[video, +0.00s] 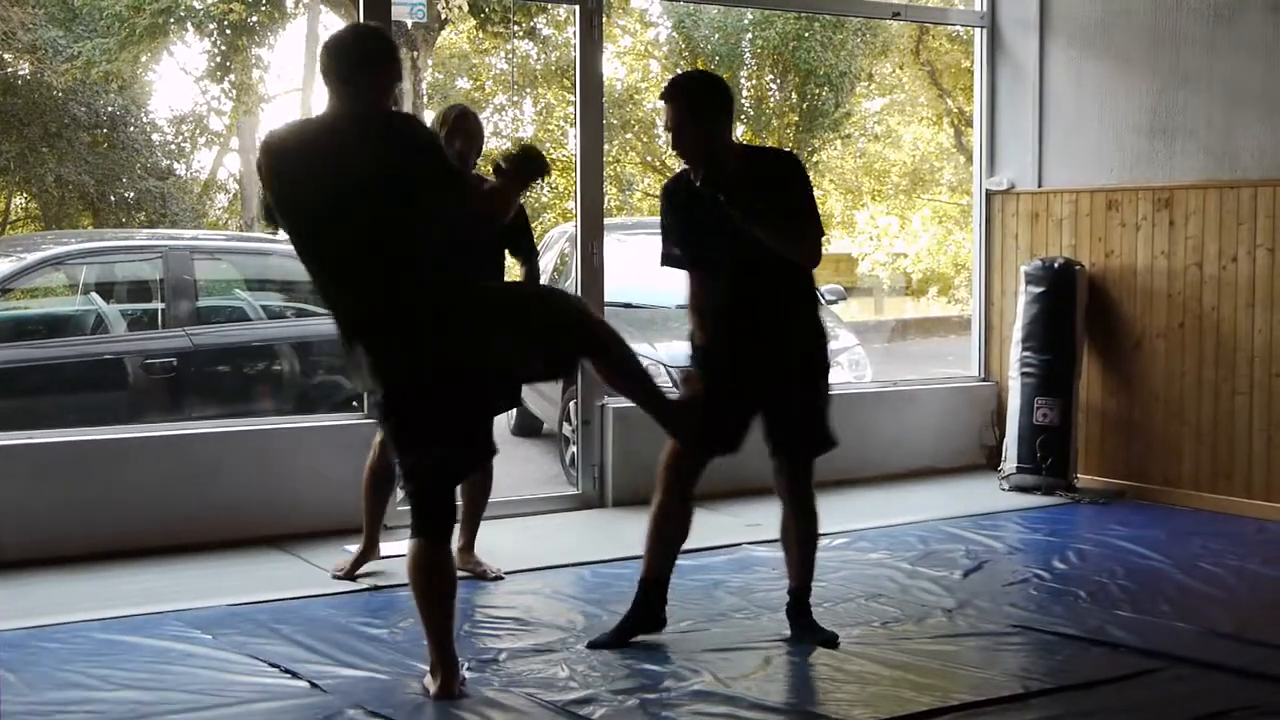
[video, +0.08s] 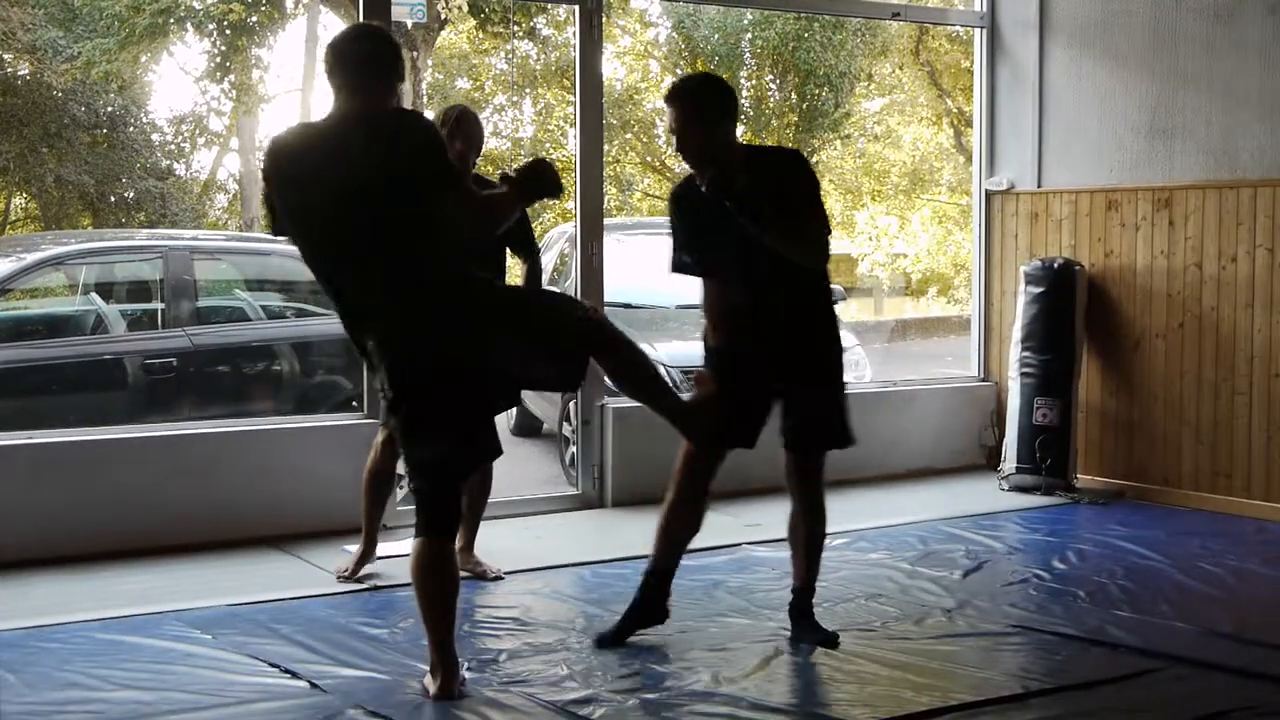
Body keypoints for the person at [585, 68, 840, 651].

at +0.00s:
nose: (670, 138)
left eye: (677, 125)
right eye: (668, 127)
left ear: (712, 120)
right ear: (685, 124)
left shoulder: (780, 169)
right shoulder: (682, 193)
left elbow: (809, 254)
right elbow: (693, 278)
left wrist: (736, 210)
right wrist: (699, 354)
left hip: (790, 349)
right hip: (721, 352)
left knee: (796, 484)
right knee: (676, 470)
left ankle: (800, 609)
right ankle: (649, 604)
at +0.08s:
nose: (675, 141)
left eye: (683, 127)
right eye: (673, 128)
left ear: (718, 121)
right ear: (690, 125)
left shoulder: (787, 168)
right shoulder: (690, 198)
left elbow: (814, 254)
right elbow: (711, 286)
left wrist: (740, 210)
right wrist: (712, 362)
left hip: (805, 348)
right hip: (736, 351)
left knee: (806, 480)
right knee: (691, 470)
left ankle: (803, 608)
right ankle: (652, 595)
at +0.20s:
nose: (687, 144)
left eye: (694, 132)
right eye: (685, 133)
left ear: (726, 125)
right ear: (703, 131)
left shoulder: (796, 170)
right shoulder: (702, 195)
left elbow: (831, 257)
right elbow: (723, 284)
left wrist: (748, 211)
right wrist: (724, 362)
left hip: (818, 347)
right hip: (749, 350)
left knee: (812, 478)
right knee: (703, 458)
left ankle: (803, 608)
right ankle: (694, 591)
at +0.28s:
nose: (693, 141)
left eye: (700, 127)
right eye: (691, 129)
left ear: (733, 122)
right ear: (715, 128)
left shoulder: (803, 169)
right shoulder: (710, 193)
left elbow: (843, 257)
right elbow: (730, 280)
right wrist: (730, 355)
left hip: (821, 348)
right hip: (755, 349)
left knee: (814, 480)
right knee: (712, 457)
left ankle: (804, 607)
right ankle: (733, 578)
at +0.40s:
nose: (705, 140)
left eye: (712, 128)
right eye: (702, 129)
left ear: (748, 122)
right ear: (721, 128)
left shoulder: (811, 169)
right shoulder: (719, 189)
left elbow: (846, 253)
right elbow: (734, 275)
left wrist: (776, 226)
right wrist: (734, 352)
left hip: (823, 348)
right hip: (758, 348)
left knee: (815, 477)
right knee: (730, 459)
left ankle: (804, 605)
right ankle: (784, 553)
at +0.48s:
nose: (708, 134)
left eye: (716, 122)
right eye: (707, 122)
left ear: (749, 120)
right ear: (731, 125)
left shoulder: (814, 168)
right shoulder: (724, 188)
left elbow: (847, 255)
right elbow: (735, 279)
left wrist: (776, 214)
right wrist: (729, 354)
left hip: (822, 343)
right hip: (763, 344)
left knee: (812, 472)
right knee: (752, 463)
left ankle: (802, 598)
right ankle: (808, 561)